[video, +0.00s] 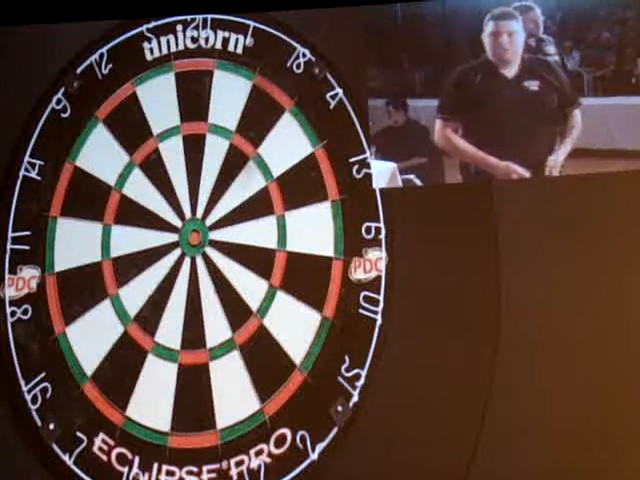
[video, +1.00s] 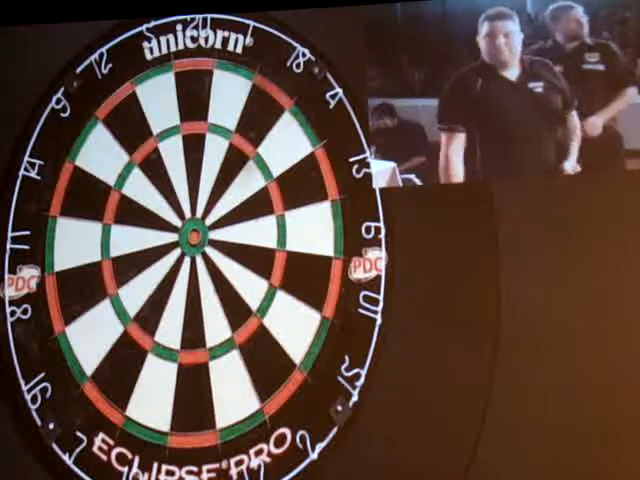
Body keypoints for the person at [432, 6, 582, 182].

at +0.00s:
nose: (503, 41)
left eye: (511, 34)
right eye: (495, 34)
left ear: (524, 38)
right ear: (483, 40)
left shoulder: (546, 72)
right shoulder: (465, 79)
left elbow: (574, 117)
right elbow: (442, 135)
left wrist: (558, 156)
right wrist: (496, 167)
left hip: (540, 191)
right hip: (486, 192)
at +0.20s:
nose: (504, 41)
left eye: (512, 34)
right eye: (496, 35)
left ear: (525, 39)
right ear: (484, 40)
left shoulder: (547, 74)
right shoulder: (466, 81)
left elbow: (577, 120)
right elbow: (445, 138)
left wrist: (560, 158)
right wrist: (500, 169)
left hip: (547, 190)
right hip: (493, 193)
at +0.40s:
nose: (503, 43)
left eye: (511, 36)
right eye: (495, 37)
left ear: (524, 40)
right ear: (483, 43)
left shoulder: (547, 74)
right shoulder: (467, 83)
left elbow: (575, 124)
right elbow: (448, 142)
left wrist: (562, 159)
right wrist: (507, 173)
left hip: (549, 188)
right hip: (497, 191)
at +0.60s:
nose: (503, 44)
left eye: (510, 36)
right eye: (494, 37)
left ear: (523, 40)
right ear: (483, 43)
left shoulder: (545, 73)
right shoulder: (467, 83)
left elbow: (573, 118)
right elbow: (449, 145)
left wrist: (570, 157)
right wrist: (498, 178)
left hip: (552, 188)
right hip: (501, 191)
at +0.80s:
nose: (503, 43)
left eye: (511, 36)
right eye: (495, 36)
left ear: (525, 40)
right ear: (483, 43)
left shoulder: (547, 73)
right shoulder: (468, 84)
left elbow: (575, 120)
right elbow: (450, 146)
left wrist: (571, 160)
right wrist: (478, 191)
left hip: (551, 189)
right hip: (499, 192)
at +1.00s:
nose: (499, 43)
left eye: (507, 35)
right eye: (490, 36)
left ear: (521, 39)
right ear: (479, 42)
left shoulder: (544, 71)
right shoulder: (465, 85)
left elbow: (572, 121)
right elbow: (453, 152)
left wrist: (571, 160)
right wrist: (458, 206)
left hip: (550, 190)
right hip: (495, 194)